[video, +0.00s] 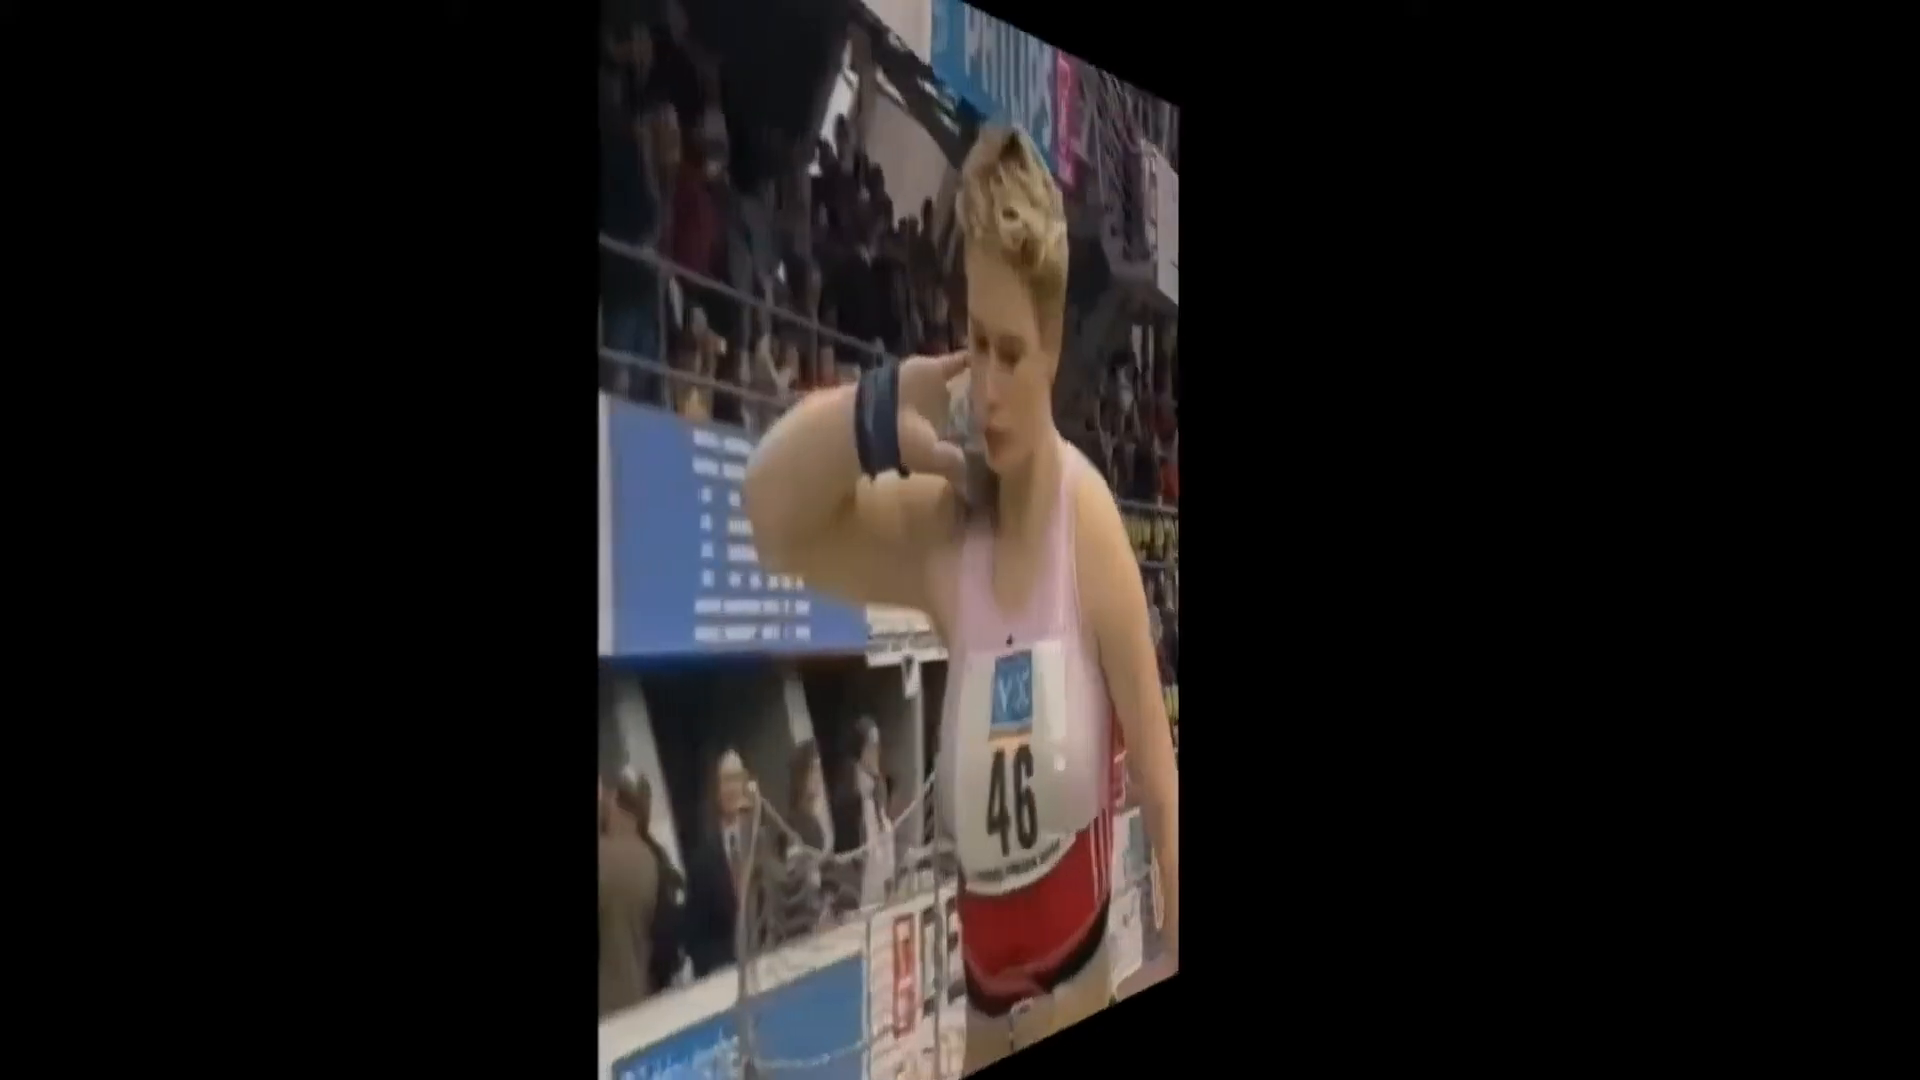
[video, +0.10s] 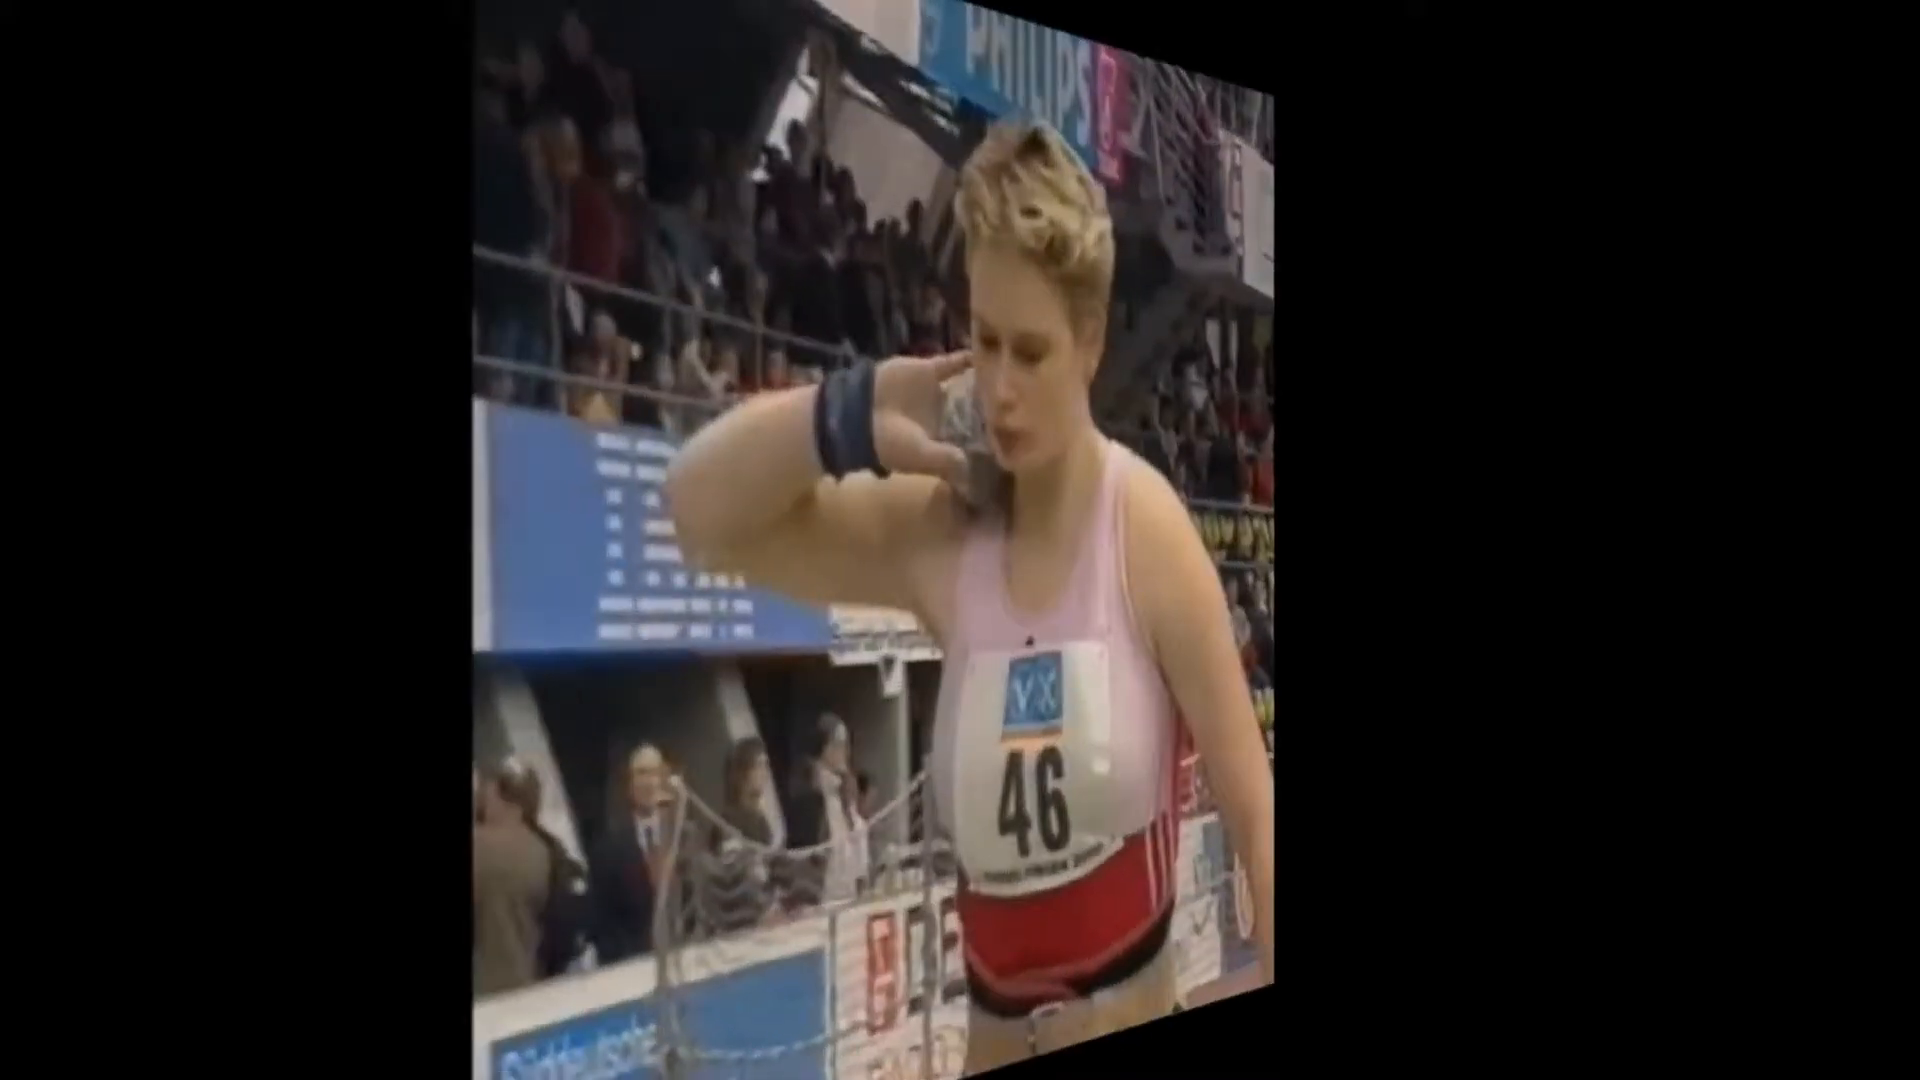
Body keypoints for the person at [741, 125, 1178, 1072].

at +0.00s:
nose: (985, 394)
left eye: (1013, 356)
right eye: (970, 350)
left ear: (1061, 355)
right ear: (953, 345)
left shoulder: (1077, 502)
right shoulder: (928, 525)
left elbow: (1142, 707)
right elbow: (782, 528)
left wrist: (1170, 892)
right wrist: (882, 405)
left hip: (1083, 843)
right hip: (977, 857)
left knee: (1061, 1020)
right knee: (991, 1038)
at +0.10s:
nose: (998, 390)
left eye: (1032, 353)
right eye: (983, 345)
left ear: (1093, 342)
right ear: (961, 330)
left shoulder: (1138, 517)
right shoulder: (928, 527)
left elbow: (1247, 784)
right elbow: (703, 517)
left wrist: (1264, 954)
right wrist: (856, 413)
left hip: (1128, 944)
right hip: (992, 954)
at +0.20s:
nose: (1008, 390)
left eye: (1049, 350)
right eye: (990, 342)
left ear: (1127, 341)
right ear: (968, 326)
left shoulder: (1197, 530)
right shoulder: (930, 533)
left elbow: (1338, 826)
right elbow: (646, 513)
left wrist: (1351, 986)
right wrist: (841, 408)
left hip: (1175, 1006)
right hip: (1002, 1029)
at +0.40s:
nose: (1030, 386)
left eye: (1074, 346)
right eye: (1003, 342)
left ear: (1174, 331)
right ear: (973, 329)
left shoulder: (1277, 533)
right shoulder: (931, 538)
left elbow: (1480, 853)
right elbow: (593, 513)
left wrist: (1502, 1029)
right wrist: (816, 419)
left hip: (1246, 1037)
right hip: (1014, 1051)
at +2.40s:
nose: (1029, 388)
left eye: (1079, 344)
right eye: (1005, 339)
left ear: (1187, 329)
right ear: (974, 324)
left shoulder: (1303, 532)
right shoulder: (930, 536)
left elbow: (1541, 878)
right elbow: (611, 502)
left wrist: (1562, 1063)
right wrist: (820, 424)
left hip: (1270, 1054)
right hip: (1014, 1056)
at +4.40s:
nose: (1028, 387)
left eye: (1078, 345)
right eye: (1003, 339)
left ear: (1186, 330)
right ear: (974, 325)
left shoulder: (1301, 532)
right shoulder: (928, 535)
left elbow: (1539, 874)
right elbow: (600, 512)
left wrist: (1563, 1060)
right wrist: (816, 418)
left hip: (1270, 1054)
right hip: (1017, 1052)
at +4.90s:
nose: (1049, 381)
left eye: (1087, 344)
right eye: (1014, 338)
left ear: (1187, 326)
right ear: (970, 319)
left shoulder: (1312, 538)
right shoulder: (949, 539)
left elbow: (1539, 876)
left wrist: (1561, 1051)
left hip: (1269, 1050)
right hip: (1011, 1048)